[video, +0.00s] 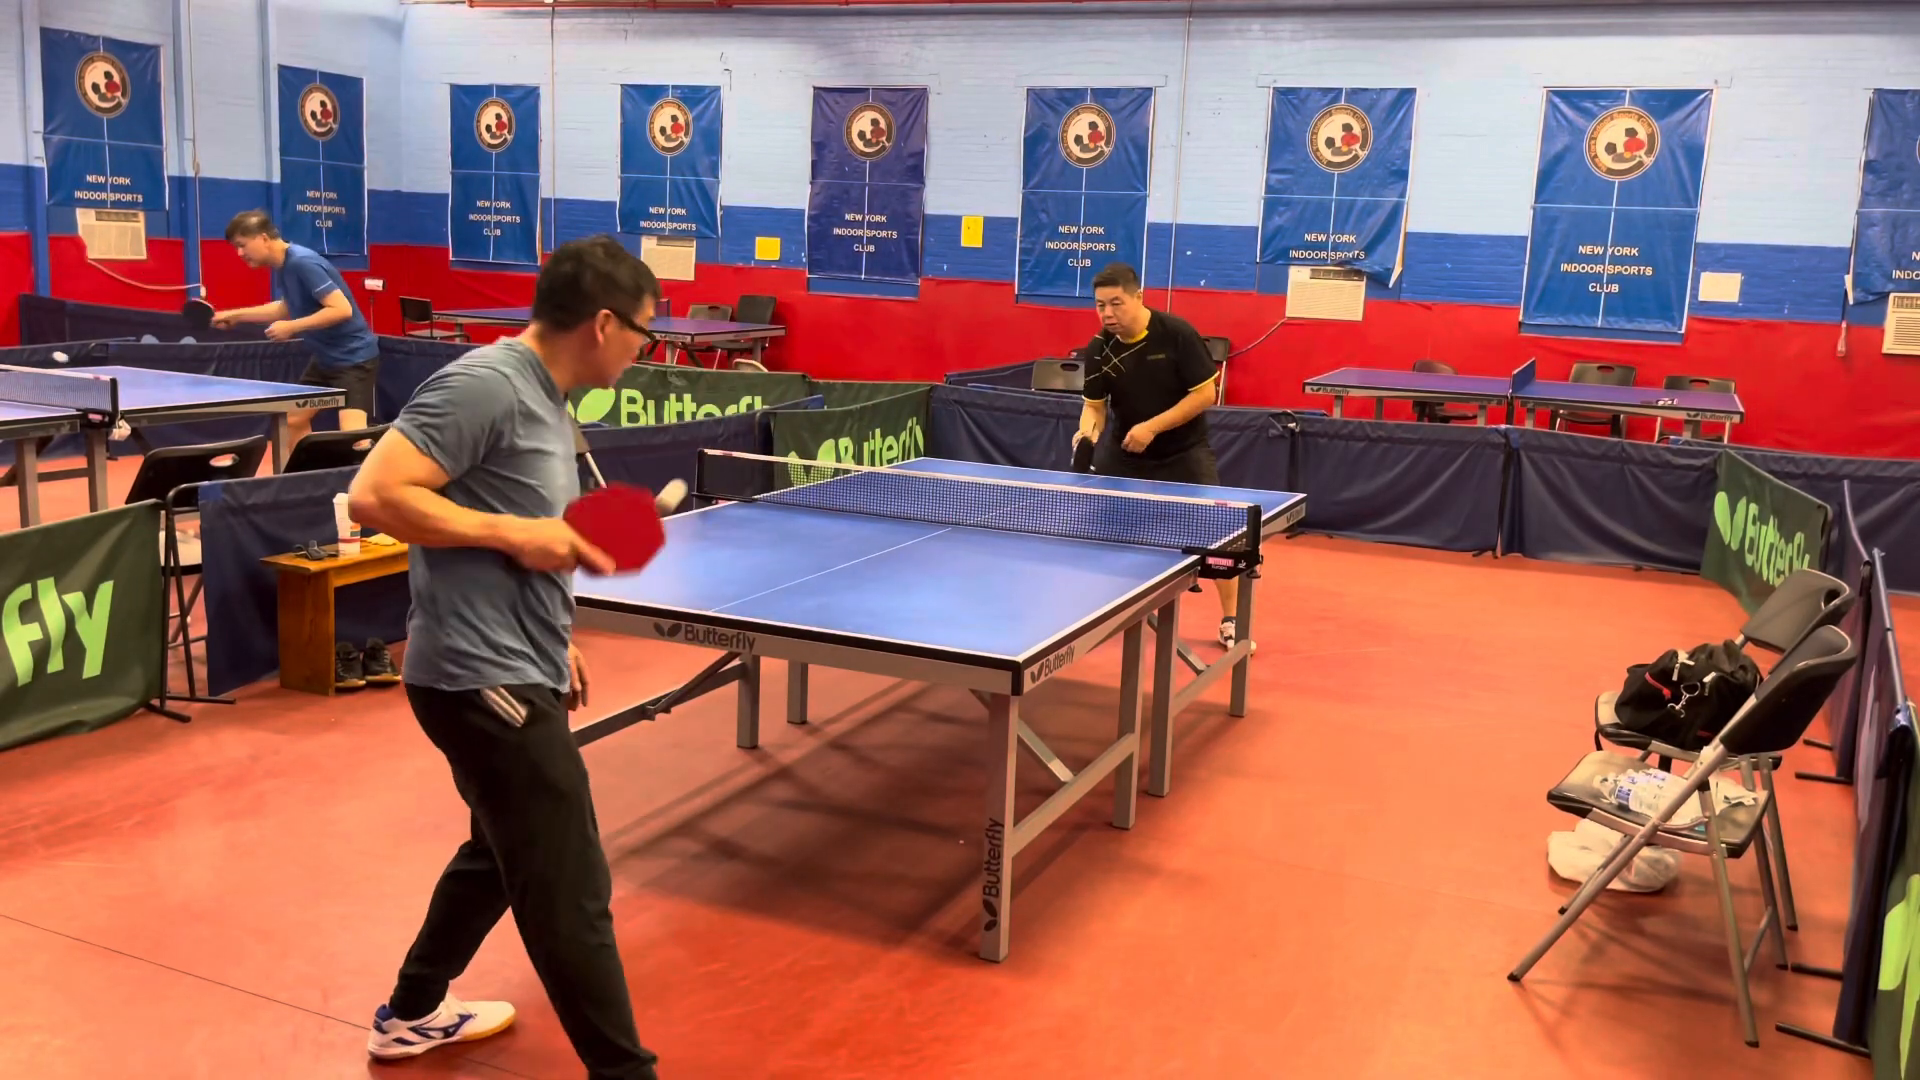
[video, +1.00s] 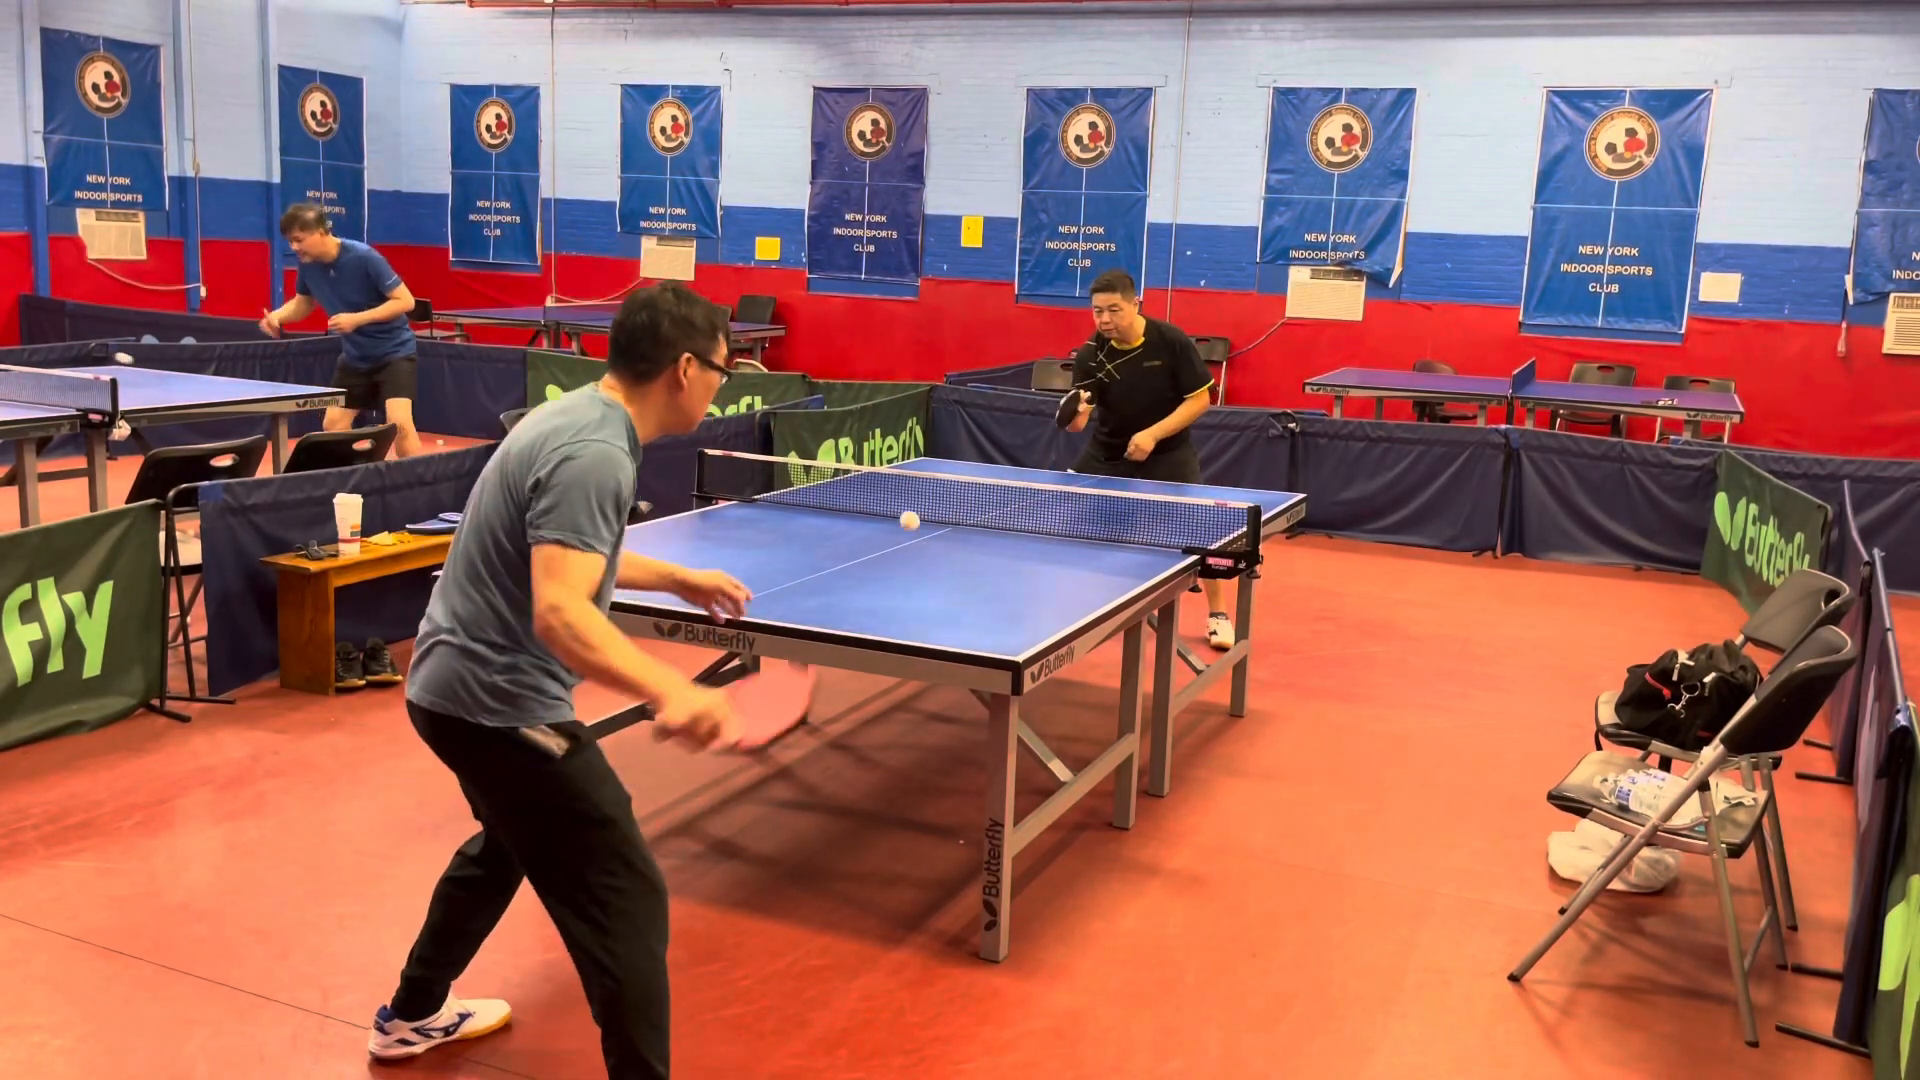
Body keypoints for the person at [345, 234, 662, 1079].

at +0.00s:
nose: (639, 353)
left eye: (644, 337)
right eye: (639, 334)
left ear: (588, 320)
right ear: (597, 322)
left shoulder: (546, 399)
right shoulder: (484, 382)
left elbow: (516, 532)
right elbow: (374, 494)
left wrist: (557, 638)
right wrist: (507, 531)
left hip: (518, 670)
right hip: (475, 676)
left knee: (501, 852)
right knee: (569, 887)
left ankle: (410, 1013)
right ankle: (624, 1067)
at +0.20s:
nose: (585, 306)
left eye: (588, 290)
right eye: (584, 288)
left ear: (515, 282)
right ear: (550, 286)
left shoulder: (493, 368)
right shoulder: (459, 378)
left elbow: (503, 517)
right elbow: (475, 531)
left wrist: (542, 611)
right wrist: (574, 474)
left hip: (494, 651)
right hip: (481, 659)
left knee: (484, 835)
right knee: (560, 873)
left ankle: (408, 1012)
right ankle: (564, 1065)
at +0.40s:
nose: (597, 327)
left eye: (598, 311)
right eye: (596, 310)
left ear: (499, 301)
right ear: (570, 308)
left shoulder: (433, 385)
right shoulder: (525, 403)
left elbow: (419, 521)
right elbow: (578, 557)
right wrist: (631, 489)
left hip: (431, 677)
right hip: (501, 690)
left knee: (486, 842)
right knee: (573, 899)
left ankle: (410, 1012)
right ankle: (617, 1067)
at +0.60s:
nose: (661, 344)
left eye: (662, 329)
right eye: (660, 328)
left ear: (561, 321)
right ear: (638, 330)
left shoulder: (479, 394)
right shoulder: (600, 428)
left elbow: (421, 519)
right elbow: (590, 597)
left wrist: (520, 568)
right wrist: (660, 619)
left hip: (440, 684)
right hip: (523, 701)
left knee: (482, 831)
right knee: (622, 901)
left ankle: (407, 1012)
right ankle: (644, 1068)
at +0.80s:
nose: (720, 385)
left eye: (722, 368)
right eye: (720, 367)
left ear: (633, 355)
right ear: (694, 370)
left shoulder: (560, 409)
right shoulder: (616, 460)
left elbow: (515, 544)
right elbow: (554, 625)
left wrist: (588, 615)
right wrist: (611, 764)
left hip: (444, 682)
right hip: (497, 707)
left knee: (494, 843)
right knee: (617, 902)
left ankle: (408, 1014)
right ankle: (638, 1065)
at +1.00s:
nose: (719, 390)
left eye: (722, 372)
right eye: (717, 371)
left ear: (642, 360)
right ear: (680, 369)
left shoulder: (569, 416)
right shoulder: (595, 451)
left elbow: (569, 554)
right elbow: (560, 614)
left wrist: (676, 579)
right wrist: (667, 691)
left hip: (454, 684)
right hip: (504, 702)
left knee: (510, 838)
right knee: (626, 903)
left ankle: (411, 1014)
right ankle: (641, 1069)